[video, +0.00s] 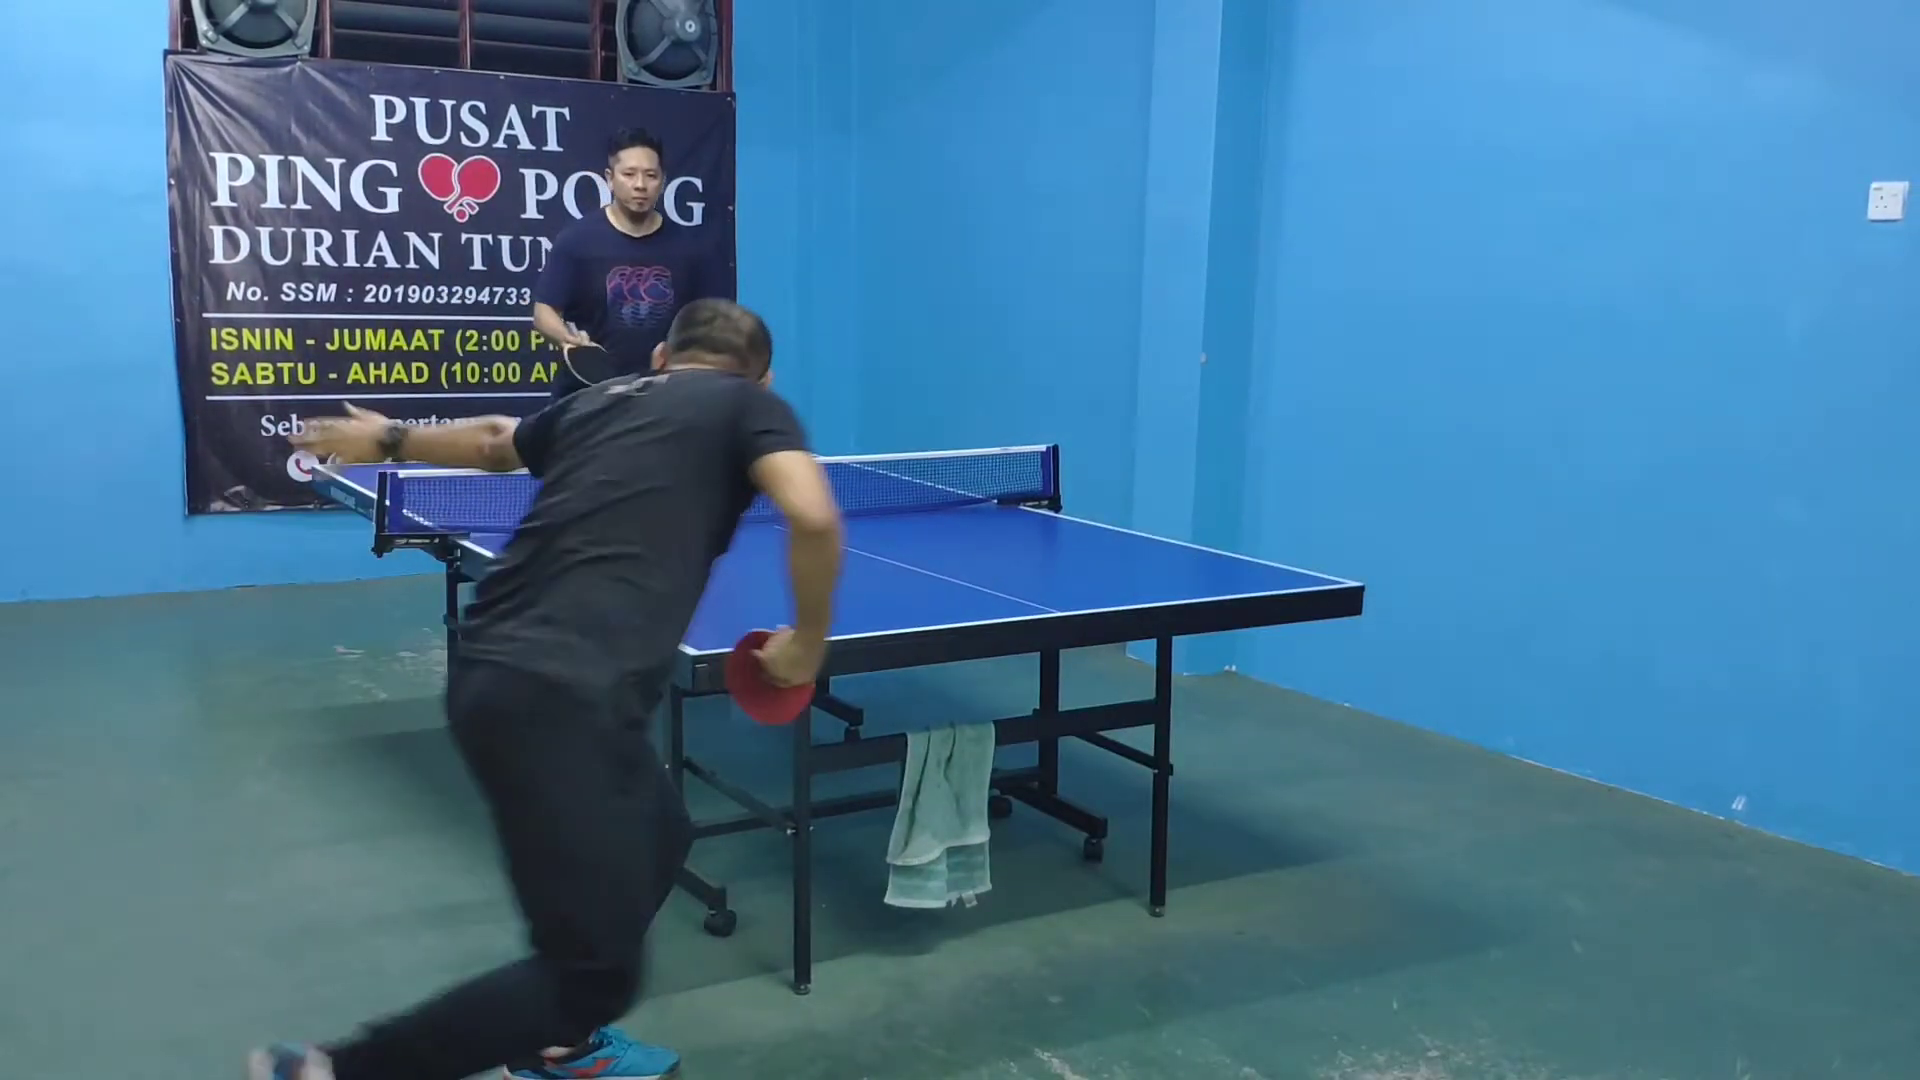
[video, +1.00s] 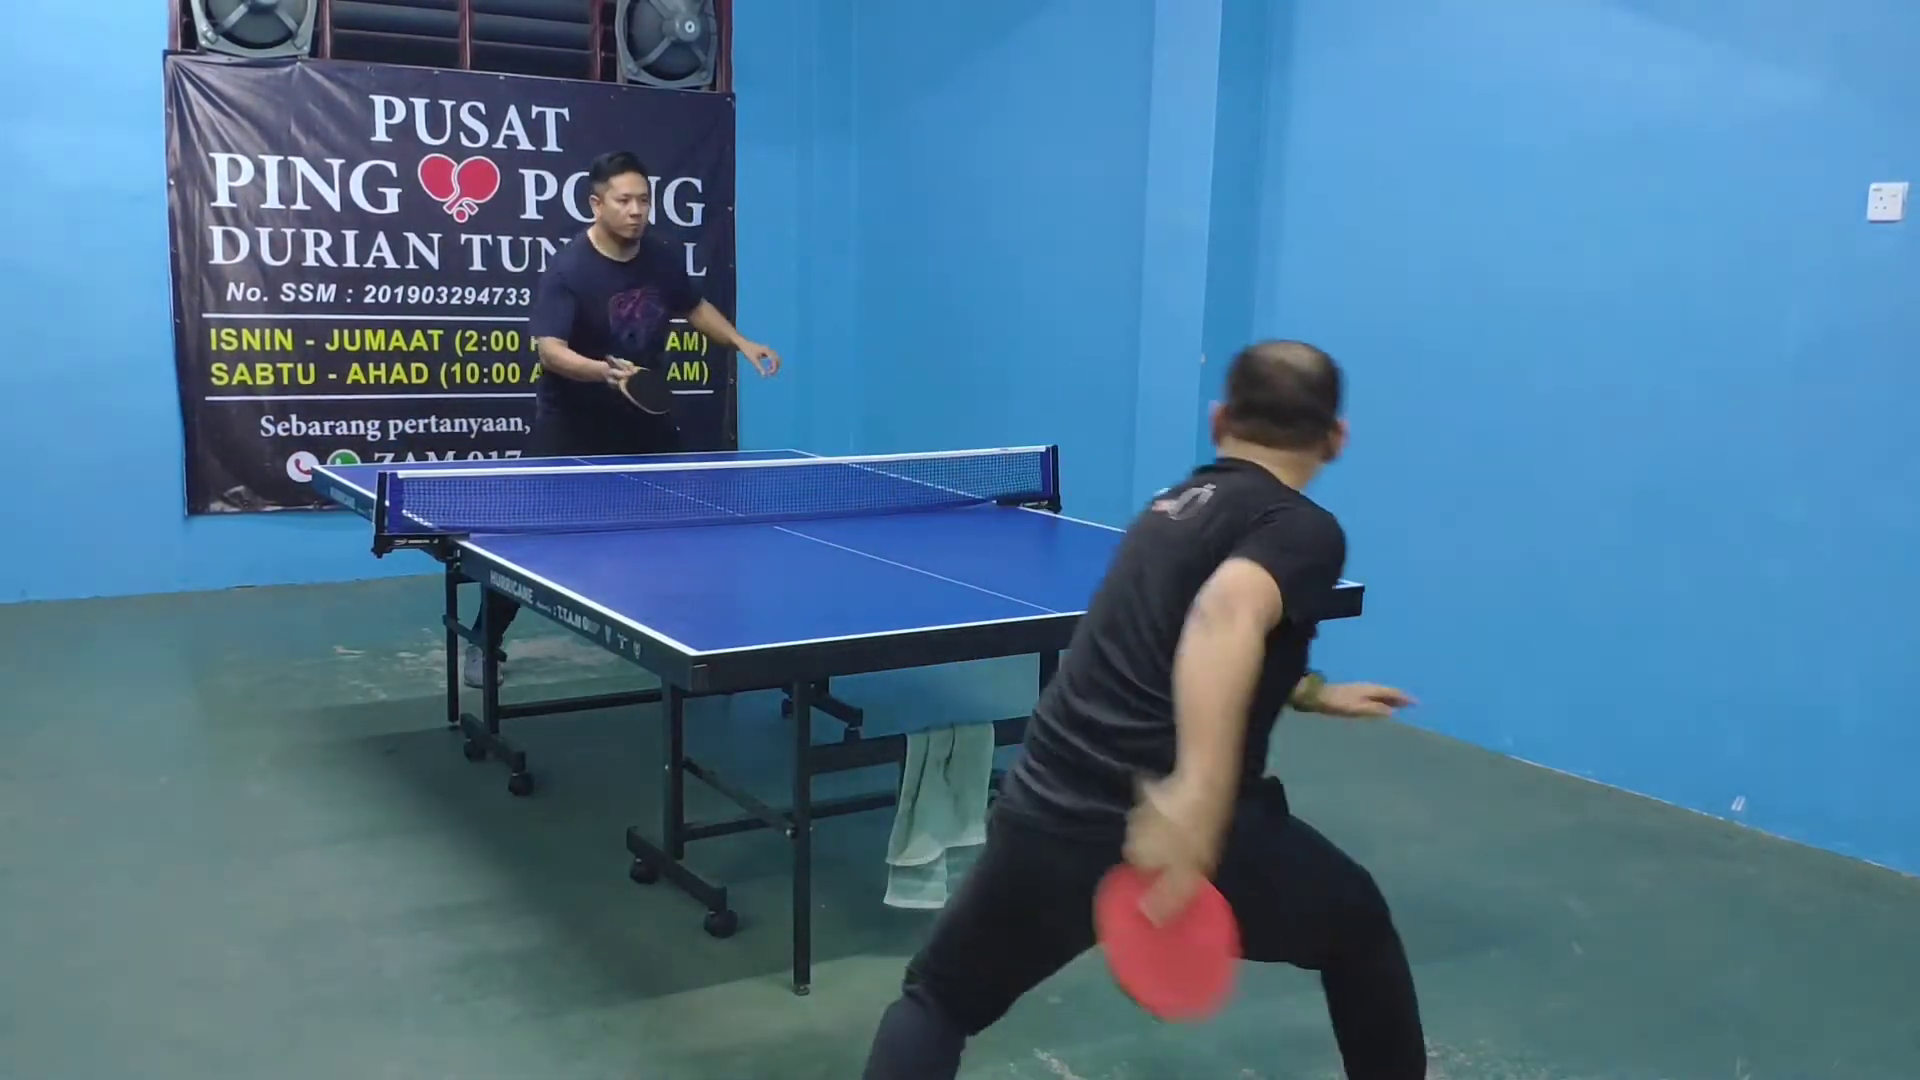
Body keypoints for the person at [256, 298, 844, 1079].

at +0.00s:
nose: (763, 394)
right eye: (764, 384)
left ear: (660, 359)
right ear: (753, 375)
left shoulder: (590, 403)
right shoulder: (745, 400)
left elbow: (492, 443)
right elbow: (815, 517)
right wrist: (807, 641)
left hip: (488, 678)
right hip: (565, 695)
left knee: (660, 839)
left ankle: (561, 1036)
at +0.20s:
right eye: (858, 310)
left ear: (755, 311)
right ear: (855, 322)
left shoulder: (687, 377)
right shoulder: (869, 400)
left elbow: (547, 399)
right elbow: (955, 538)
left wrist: (410, 387)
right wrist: (906, 642)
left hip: (615, 687)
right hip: (728, 705)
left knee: (661, 874)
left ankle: (559, 1036)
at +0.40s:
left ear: (849, 254)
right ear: (960, 255)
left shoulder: (792, 355)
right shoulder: (1009, 363)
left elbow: (628, 398)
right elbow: (1122, 510)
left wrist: (506, 401)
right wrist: (1070, 596)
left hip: (796, 703)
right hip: (936, 708)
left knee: (730, 891)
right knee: (996, 966)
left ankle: (662, 1064)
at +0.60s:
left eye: (926, 213)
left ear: (929, 224)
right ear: (1041, 222)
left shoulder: (864, 330)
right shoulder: (1101, 331)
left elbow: (729, 461)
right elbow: (1209, 486)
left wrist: (692, 502)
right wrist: (1166, 584)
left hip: (921, 689)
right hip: (1073, 685)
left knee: (840, 928)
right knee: (1160, 907)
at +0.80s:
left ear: (1054, 371)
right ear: (1164, 370)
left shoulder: (992, 489)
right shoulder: (1216, 477)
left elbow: (924, 665)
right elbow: (1291, 662)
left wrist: (1003, 709)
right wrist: (1309, 770)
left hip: (1015, 823)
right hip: (1178, 819)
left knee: (889, 981)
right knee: (1285, 969)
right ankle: (1351, 1073)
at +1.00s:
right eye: (1344, 428)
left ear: (1221, 421)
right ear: (1334, 439)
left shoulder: (1175, 504)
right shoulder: (1300, 523)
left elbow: (1175, 640)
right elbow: (1224, 613)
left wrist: (1305, 693)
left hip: (1054, 827)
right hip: (1203, 830)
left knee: (936, 1003)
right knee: (1357, 927)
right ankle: (1398, 1066)